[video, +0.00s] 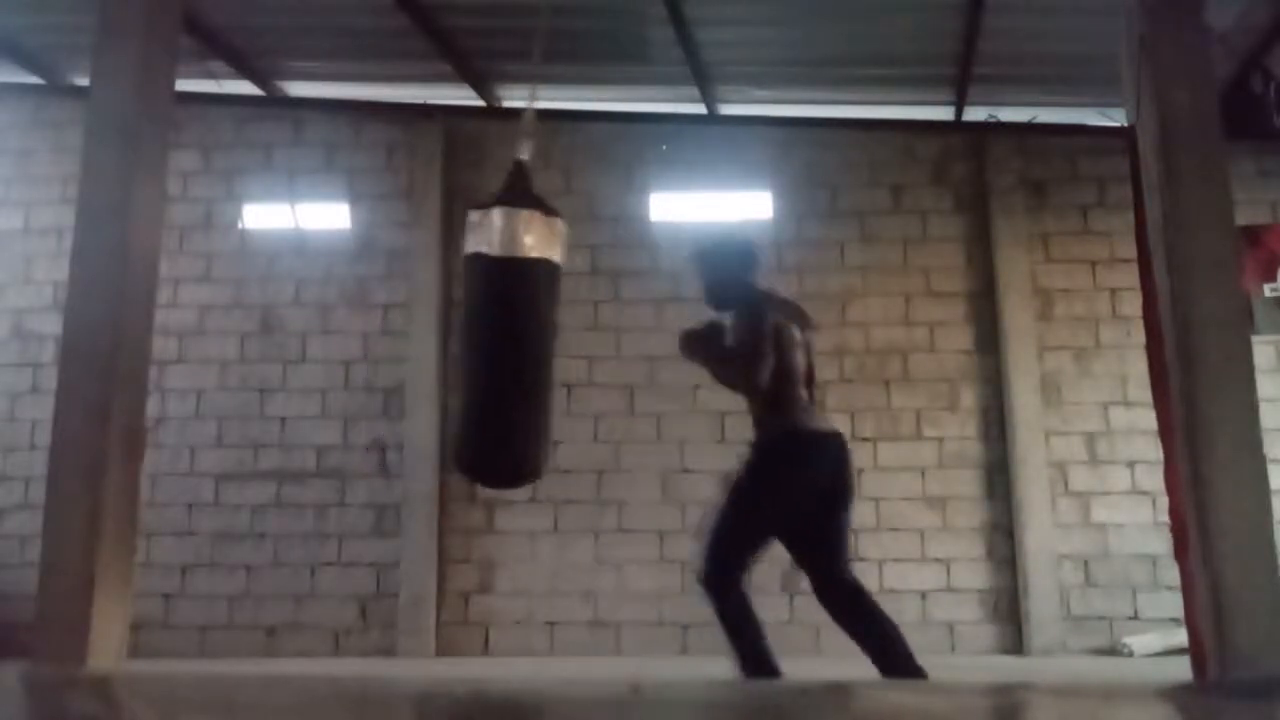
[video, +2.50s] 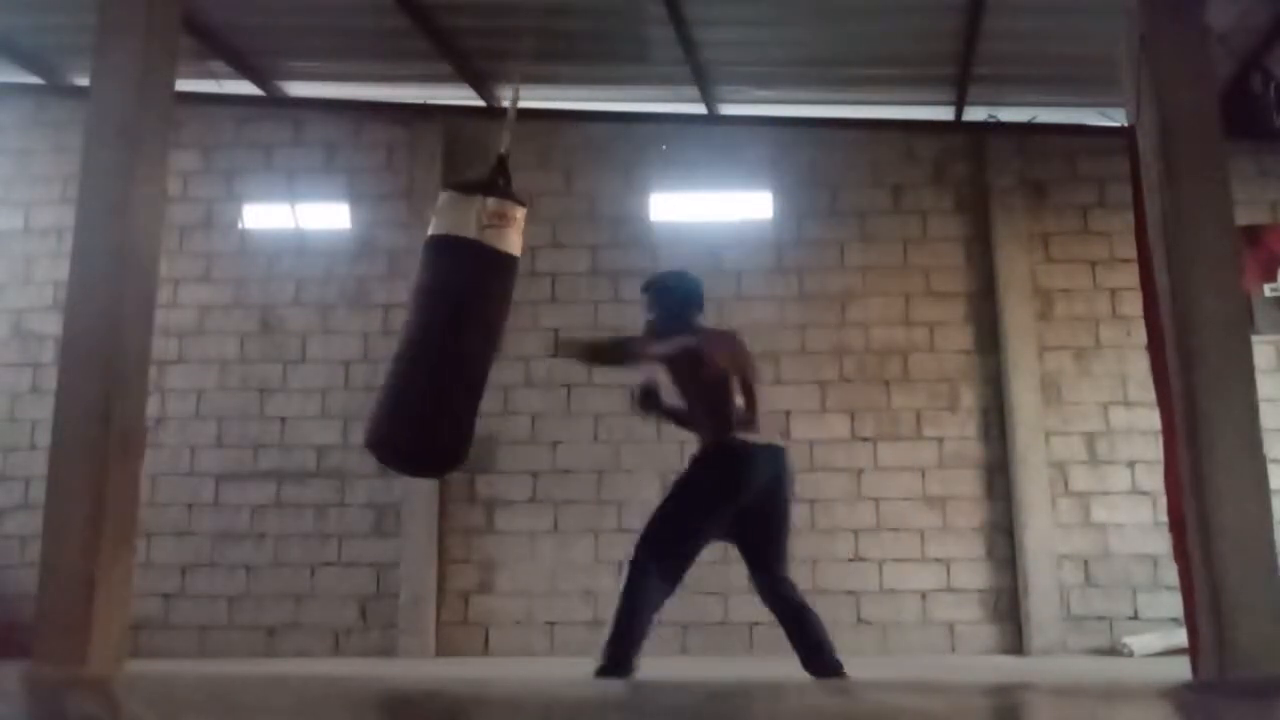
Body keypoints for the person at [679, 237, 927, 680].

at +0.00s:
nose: (701, 287)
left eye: (706, 275)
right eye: (700, 276)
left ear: (728, 274)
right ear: (747, 272)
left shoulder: (755, 315)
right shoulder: (787, 317)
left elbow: (754, 380)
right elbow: (798, 385)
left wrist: (707, 354)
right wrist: (726, 343)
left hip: (786, 456)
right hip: (825, 453)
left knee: (719, 573)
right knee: (833, 581)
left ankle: (766, 687)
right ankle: (911, 682)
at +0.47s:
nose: (774, 311)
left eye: (775, 298)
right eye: (771, 301)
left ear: (797, 290)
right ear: (815, 288)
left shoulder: (832, 320)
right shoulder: (860, 327)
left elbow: (815, 393)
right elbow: (876, 396)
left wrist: (775, 355)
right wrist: (795, 358)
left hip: (857, 462)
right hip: (886, 459)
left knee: (840, 576)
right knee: (878, 579)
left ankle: (898, 684)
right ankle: (909, 685)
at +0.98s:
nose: (806, 318)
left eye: (810, 308)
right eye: (803, 309)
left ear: (834, 308)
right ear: (825, 310)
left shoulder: (869, 340)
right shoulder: (845, 356)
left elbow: (882, 396)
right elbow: (829, 424)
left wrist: (823, 356)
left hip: (892, 472)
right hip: (907, 472)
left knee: (847, 579)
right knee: (884, 585)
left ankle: (918, 669)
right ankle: (933, 670)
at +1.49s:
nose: (765, 318)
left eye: (771, 307)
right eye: (762, 308)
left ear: (795, 306)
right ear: (776, 309)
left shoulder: (831, 341)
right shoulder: (787, 361)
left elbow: (845, 390)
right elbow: (781, 426)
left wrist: (791, 368)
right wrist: (759, 386)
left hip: (863, 469)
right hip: (854, 472)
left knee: (817, 572)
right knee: (878, 584)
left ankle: (808, 685)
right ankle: (955, 674)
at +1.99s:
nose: (716, 303)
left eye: (724, 293)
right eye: (716, 293)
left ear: (746, 296)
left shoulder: (787, 332)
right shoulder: (741, 348)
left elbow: (792, 397)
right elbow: (735, 416)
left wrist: (739, 359)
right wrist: (706, 366)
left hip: (809, 462)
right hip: (816, 464)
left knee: (752, 568)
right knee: (831, 585)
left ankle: (751, 686)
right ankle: (909, 675)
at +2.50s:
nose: (647, 318)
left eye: (653, 308)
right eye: (647, 308)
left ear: (671, 308)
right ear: (694, 309)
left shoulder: (683, 341)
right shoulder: (731, 344)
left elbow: (630, 351)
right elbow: (720, 424)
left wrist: (572, 350)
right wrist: (660, 408)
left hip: (725, 462)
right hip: (769, 462)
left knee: (655, 560)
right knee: (773, 579)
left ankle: (615, 671)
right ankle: (832, 675)